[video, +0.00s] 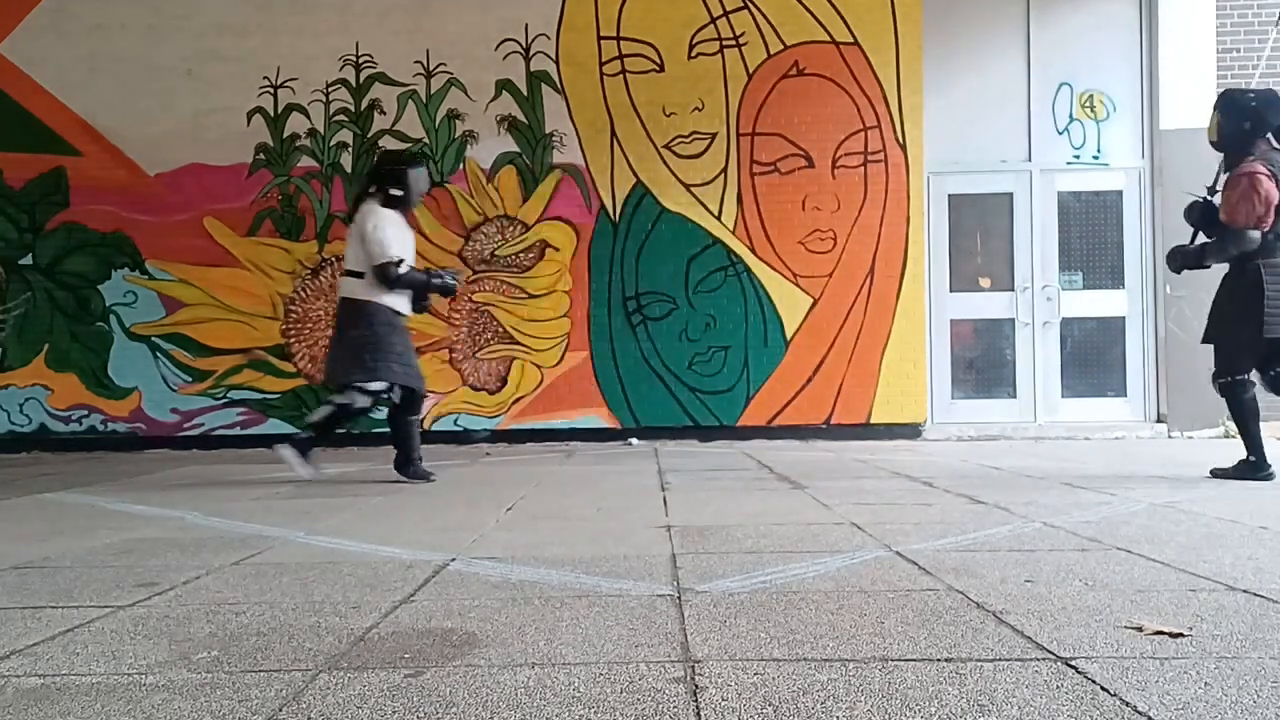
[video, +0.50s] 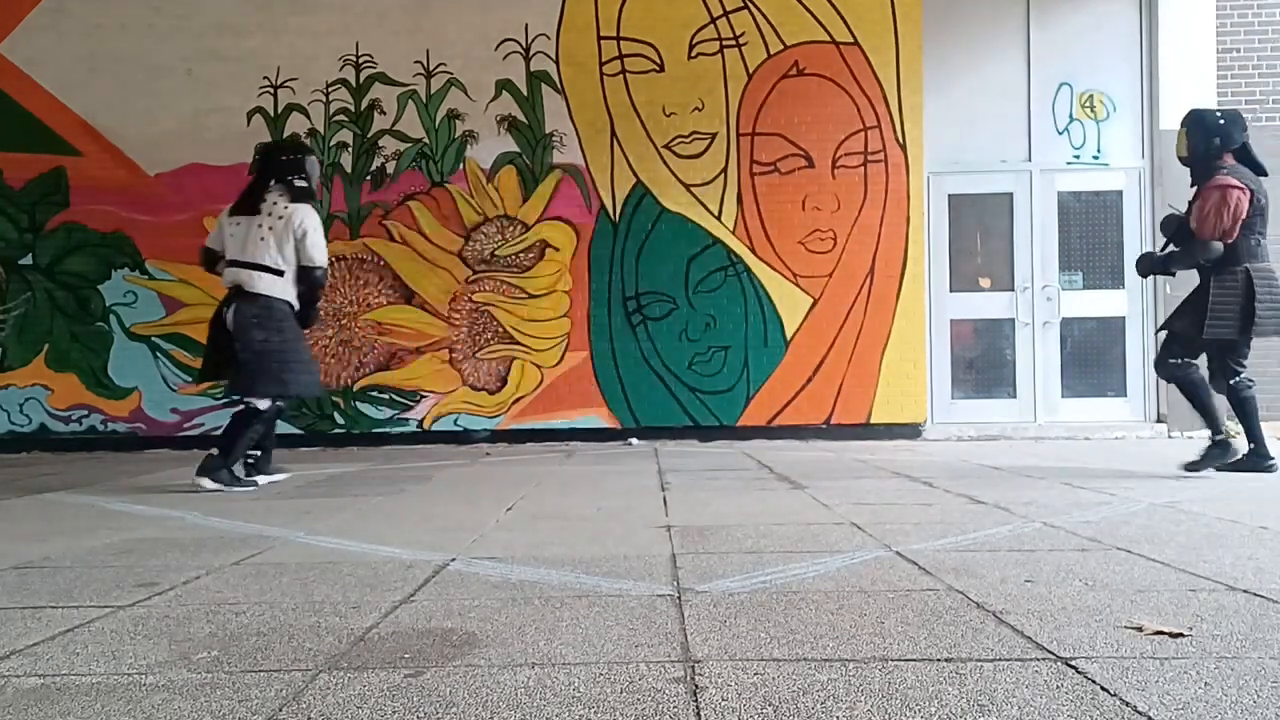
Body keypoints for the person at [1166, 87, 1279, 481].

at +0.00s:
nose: (1213, 129)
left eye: (1219, 121)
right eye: (1214, 120)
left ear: (1241, 126)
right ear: (1256, 126)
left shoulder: (1249, 175)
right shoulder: (1269, 167)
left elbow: (1242, 242)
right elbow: (1259, 233)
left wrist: (1192, 255)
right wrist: (1214, 223)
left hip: (1252, 284)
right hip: (1273, 281)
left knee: (1231, 372)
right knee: (1273, 373)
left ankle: (1256, 459)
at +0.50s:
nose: (1183, 147)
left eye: (1190, 140)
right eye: (1183, 139)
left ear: (1212, 143)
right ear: (1225, 145)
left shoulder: (1222, 185)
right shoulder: (1242, 179)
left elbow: (1208, 249)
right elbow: (1227, 239)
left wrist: (1161, 262)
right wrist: (1183, 229)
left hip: (1225, 287)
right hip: (1247, 285)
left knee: (1172, 359)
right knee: (1230, 370)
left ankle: (1220, 439)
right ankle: (1260, 452)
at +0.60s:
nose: (1176, 150)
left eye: (1183, 142)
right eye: (1176, 141)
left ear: (1207, 146)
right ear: (1216, 147)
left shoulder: (1217, 187)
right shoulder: (1228, 180)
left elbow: (1201, 249)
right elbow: (1216, 242)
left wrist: (1153, 264)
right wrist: (1171, 232)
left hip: (1218, 289)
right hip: (1237, 288)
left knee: (1169, 361)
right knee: (1224, 370)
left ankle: (1174, 449)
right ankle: (1259, 451)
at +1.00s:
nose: (1130, 156)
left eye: (1136, 149)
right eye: (1131, 148)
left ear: (1158, 154)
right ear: (1166, 155)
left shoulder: (1169, 195)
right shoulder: (1176, 189)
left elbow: (1152, 254)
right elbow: (1162, 244)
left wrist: (1105, 272)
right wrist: (1126, 242)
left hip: (1168, 297)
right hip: (1180, 296)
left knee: (1116, 373)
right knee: (1177, 383)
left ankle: (1120, 459)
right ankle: (1246, 442)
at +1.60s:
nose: (1093, 166)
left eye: (1100, 158)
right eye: (1094, 158)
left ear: (1125, 162)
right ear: (1125, 164)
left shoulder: (1146, 206)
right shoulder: (1121, 202)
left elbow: (1132, 265)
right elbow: (1113, 259)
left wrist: (1074, 280)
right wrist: (1080, 260)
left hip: (1152, 303)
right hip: (1145, 302)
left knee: (1102, 369)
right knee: (1167, 385)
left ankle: (1114, 458)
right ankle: (1222, 452)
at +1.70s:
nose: (1081, 166)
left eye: (1088, 158)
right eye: (1081, 158)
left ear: (1113, 162)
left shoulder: (1139, 202)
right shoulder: (1100, 208)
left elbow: (1139, 265)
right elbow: (1086, 265)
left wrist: (1082, 283)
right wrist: (1047, 270)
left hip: (1137, 299)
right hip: (1120, 299)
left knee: (1090, 375)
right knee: (1140, 390)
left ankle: (1114, 459)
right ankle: (1209, 440)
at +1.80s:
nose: (1068, 167)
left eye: (1075, 159)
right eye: (1067, 159)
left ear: (1099, 160)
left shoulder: (1132, 200)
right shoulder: (1075, 211)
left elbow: (1148, 257)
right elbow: (1063, 260)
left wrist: (1102, 281)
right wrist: (1046, 288)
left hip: (1123, 299)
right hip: (1090, 302)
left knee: (1089, 378)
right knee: (1077, 383)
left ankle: (1115, 459)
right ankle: (1150, 421)